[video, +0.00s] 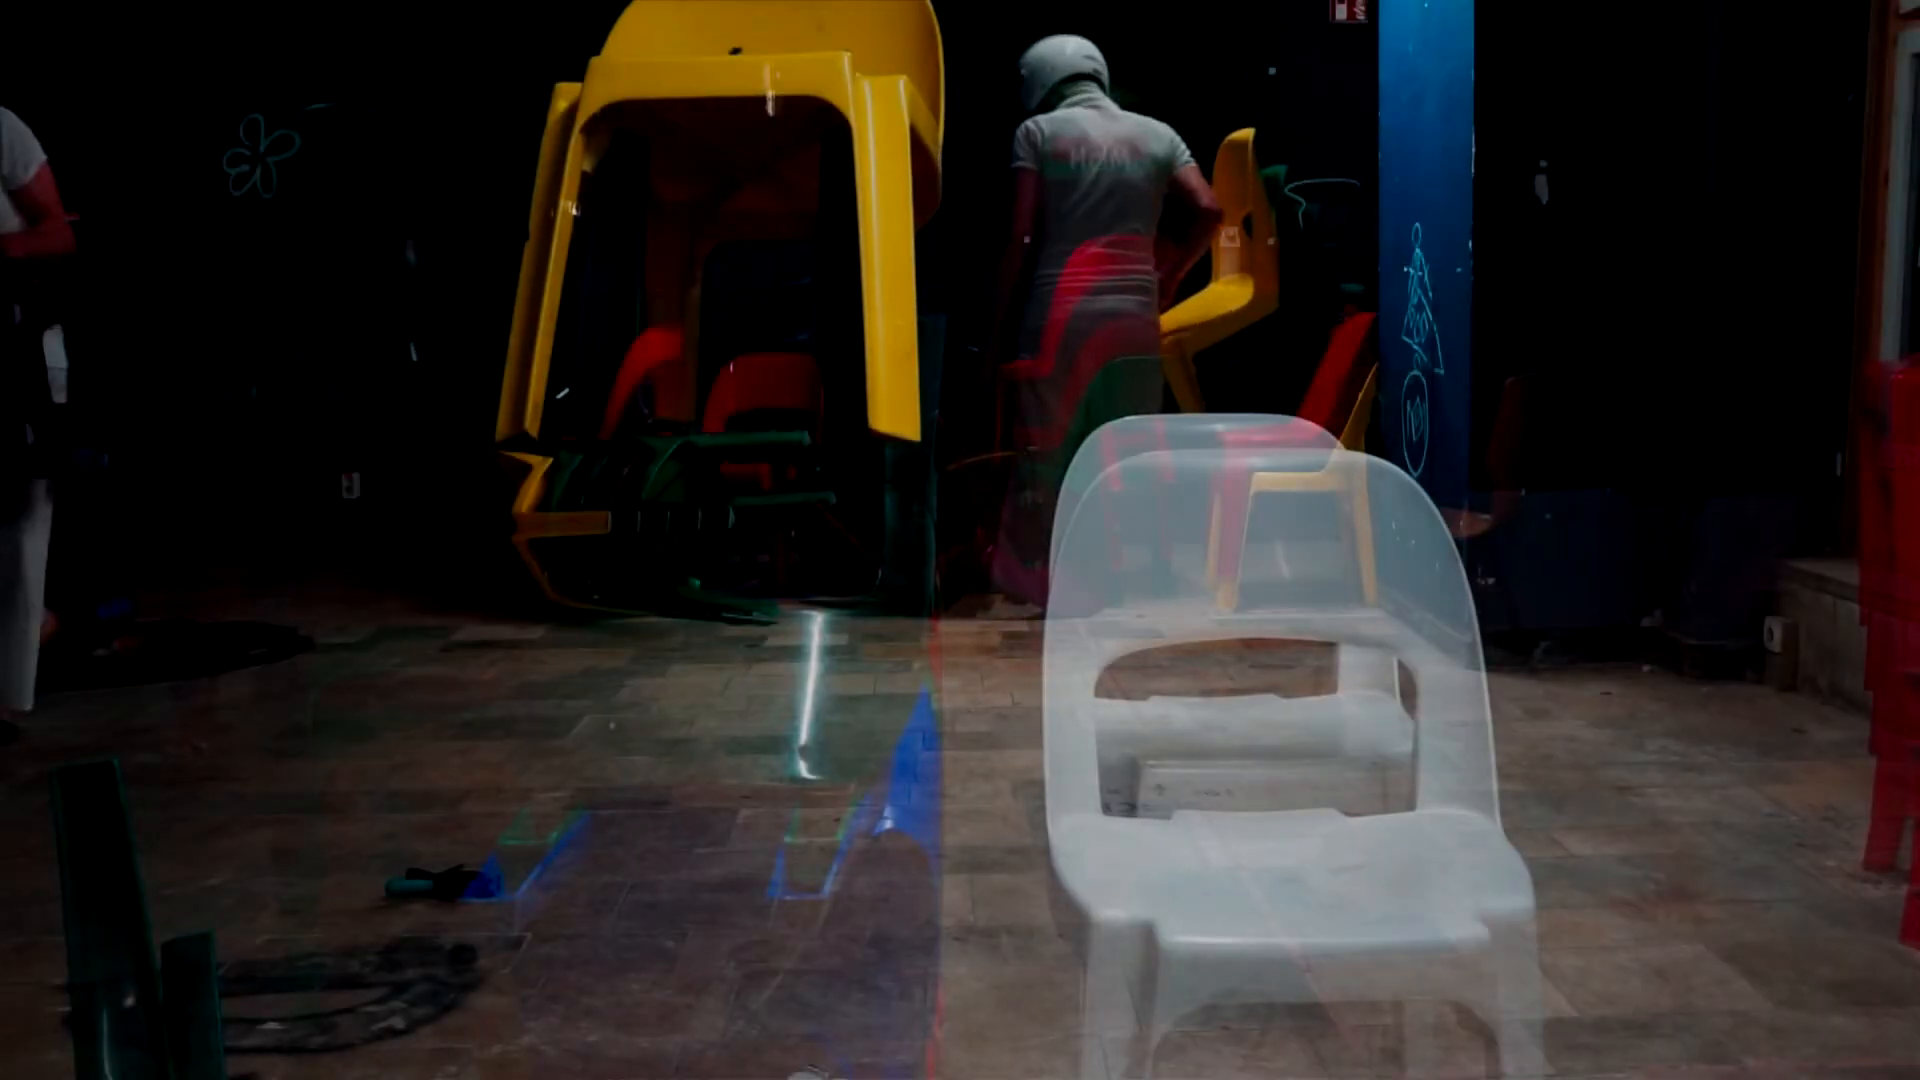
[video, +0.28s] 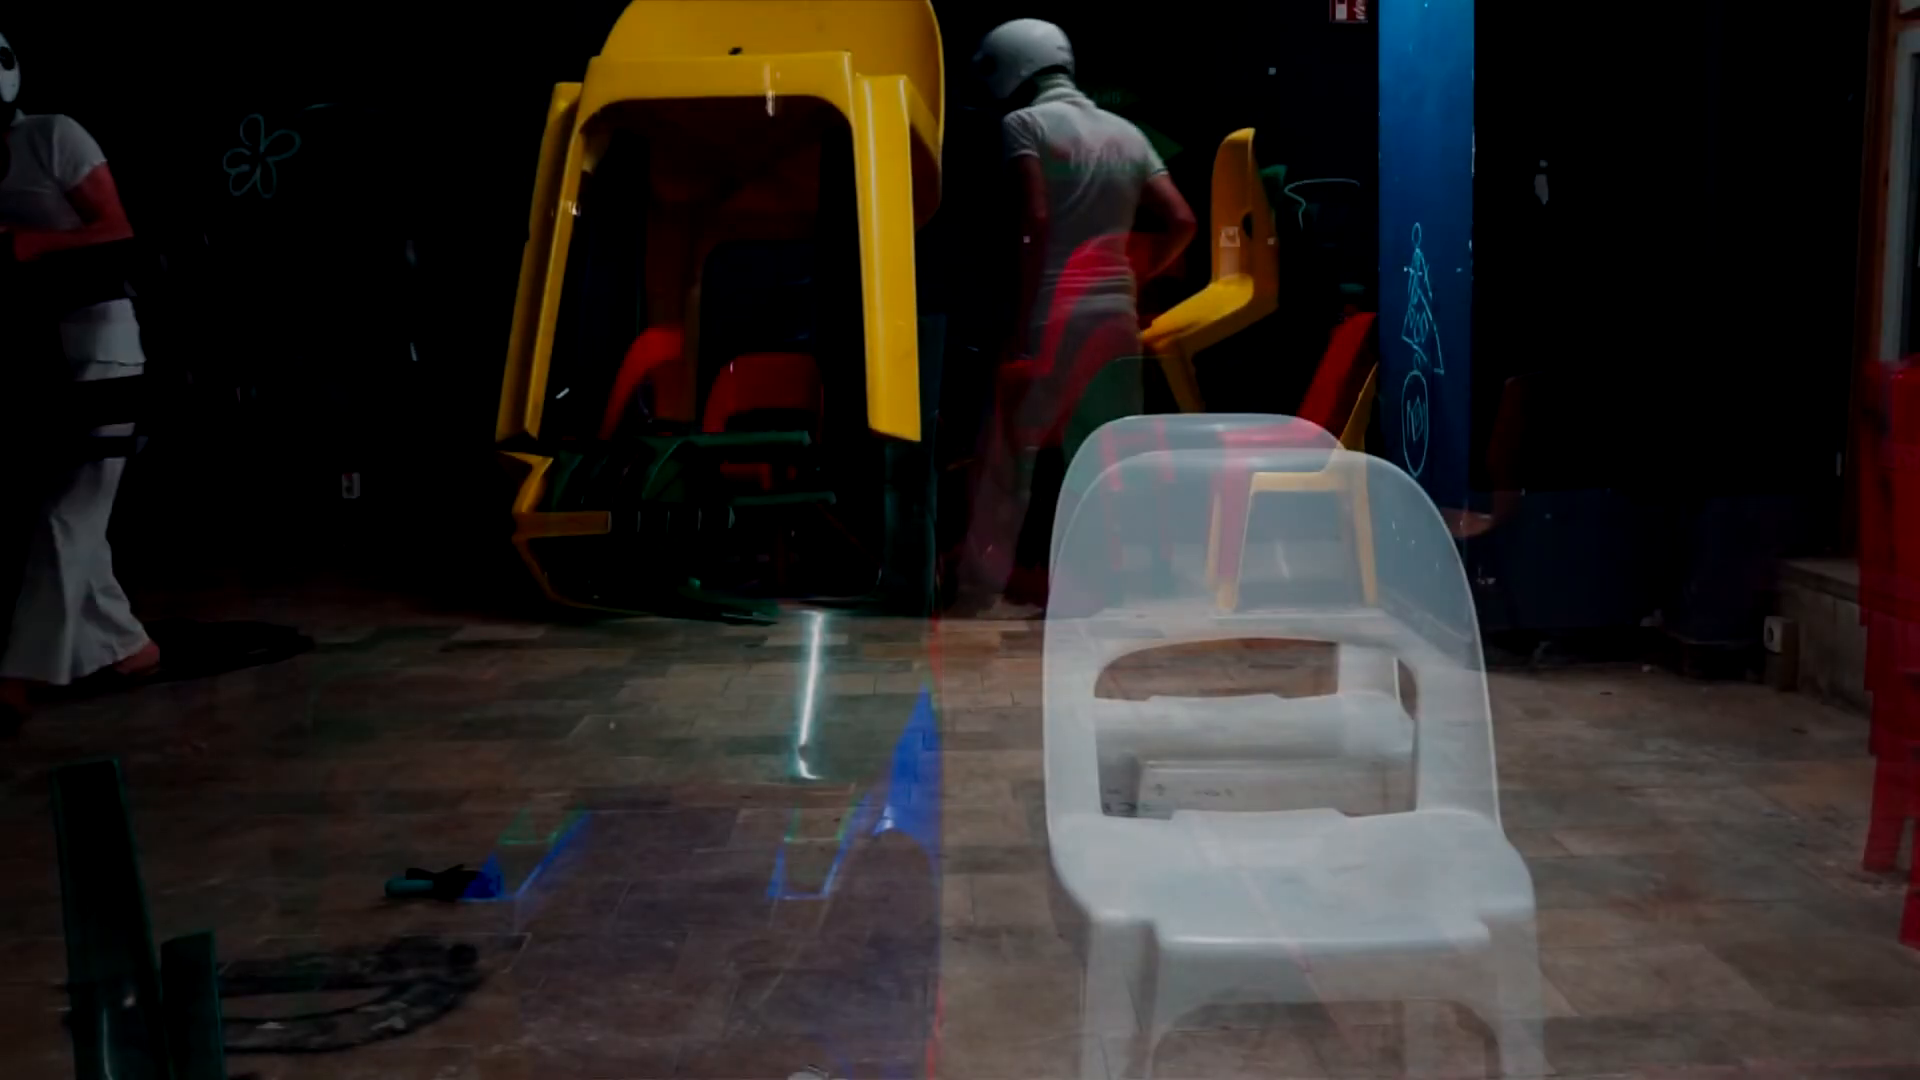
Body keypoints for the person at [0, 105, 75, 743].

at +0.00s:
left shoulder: (6, 132)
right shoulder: (9, 136)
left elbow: (55, 230)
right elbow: (53, 229)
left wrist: (6, 246)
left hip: (27, 396)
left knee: (21, 557)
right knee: (22, 558)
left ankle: (13, 710)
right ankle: (12, 708)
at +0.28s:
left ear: (12, 73)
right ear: (5, 79)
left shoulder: (54, 136)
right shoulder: (16, 154)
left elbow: (117, 229)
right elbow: (108, 229)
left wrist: (39, 245)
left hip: (104, 346)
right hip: (56, 351)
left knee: (72, 506)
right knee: (66, 506)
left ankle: (27, 670)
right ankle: (123, 641)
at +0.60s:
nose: (23, 118)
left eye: (33, 98)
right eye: (15, 103)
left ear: (71, 90)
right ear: (19, 101)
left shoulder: (123, 145)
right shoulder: (58, 173)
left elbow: (165, 241)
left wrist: (60, 254)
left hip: (175, 359)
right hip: (115, 362)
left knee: (169, 507)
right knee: (107, 509)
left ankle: (221, 651)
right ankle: (130, 654)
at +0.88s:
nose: (67, 138)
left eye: (68, 119)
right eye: (59, 123)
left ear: (104, 103)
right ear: (111, 102)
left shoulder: (155, 156)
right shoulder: (173, 150)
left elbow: (187, 263)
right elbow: (243, 242)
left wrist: (114, 269)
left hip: (225, 352)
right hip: (239, 346)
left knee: (202, 504)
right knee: (213, 493)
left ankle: (219, 651)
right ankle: (285, 587)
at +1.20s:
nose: (126, 176)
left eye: (123, 159)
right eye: (118, 163)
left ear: (145, 142)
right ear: (174, 129)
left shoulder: (193, 172)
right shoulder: (252, 170)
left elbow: (234, 275)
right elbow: (334, 254)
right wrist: (261, 249)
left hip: (303, 340)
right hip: (342, 329)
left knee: (262, 490)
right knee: (344, 481)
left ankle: (231, 645)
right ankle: (393, 616)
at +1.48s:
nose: (172, 222)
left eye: (167, 210)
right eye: (166, 214)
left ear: (179, 194)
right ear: (208, 176)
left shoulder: (222, 200)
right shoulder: (252, 196)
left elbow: (274, 288)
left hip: (367, 324)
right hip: (400, 317)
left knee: (359, 478)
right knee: (404, 474)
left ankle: (396, 631)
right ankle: (408, 626)